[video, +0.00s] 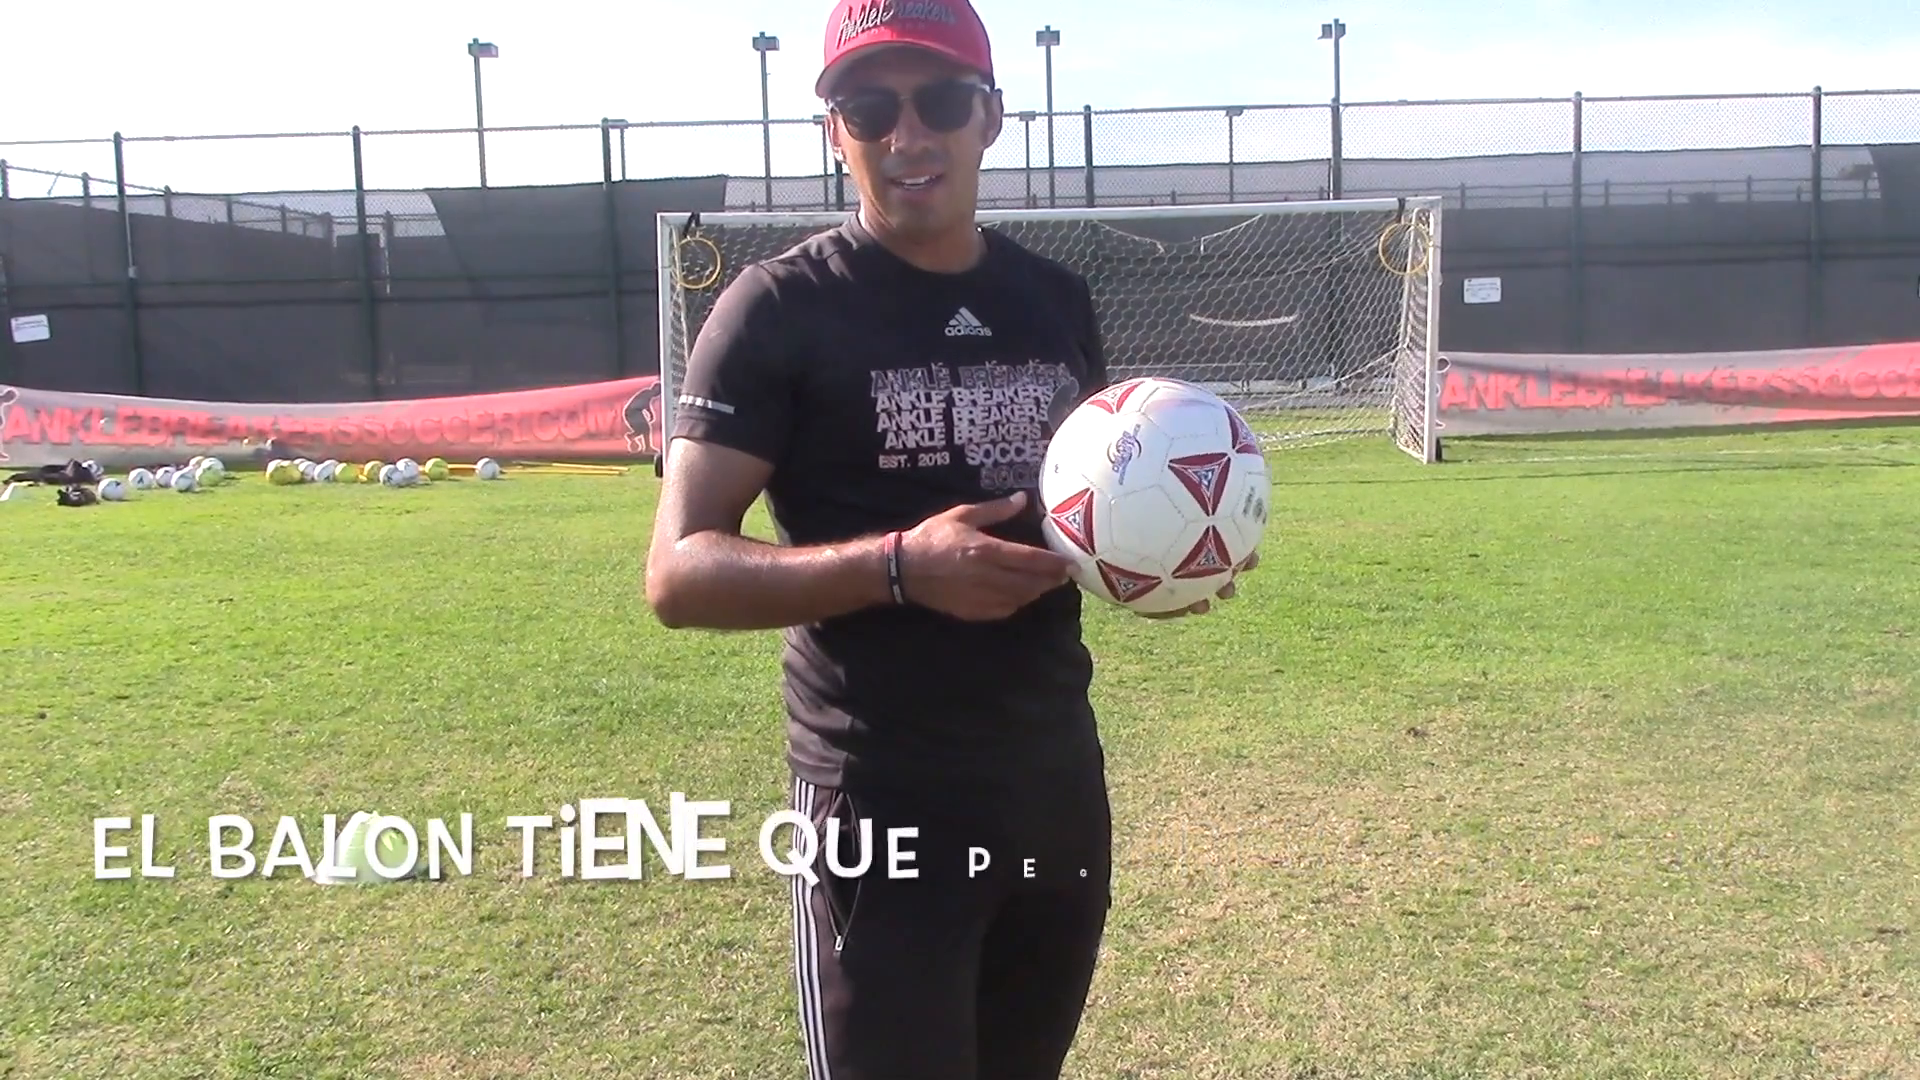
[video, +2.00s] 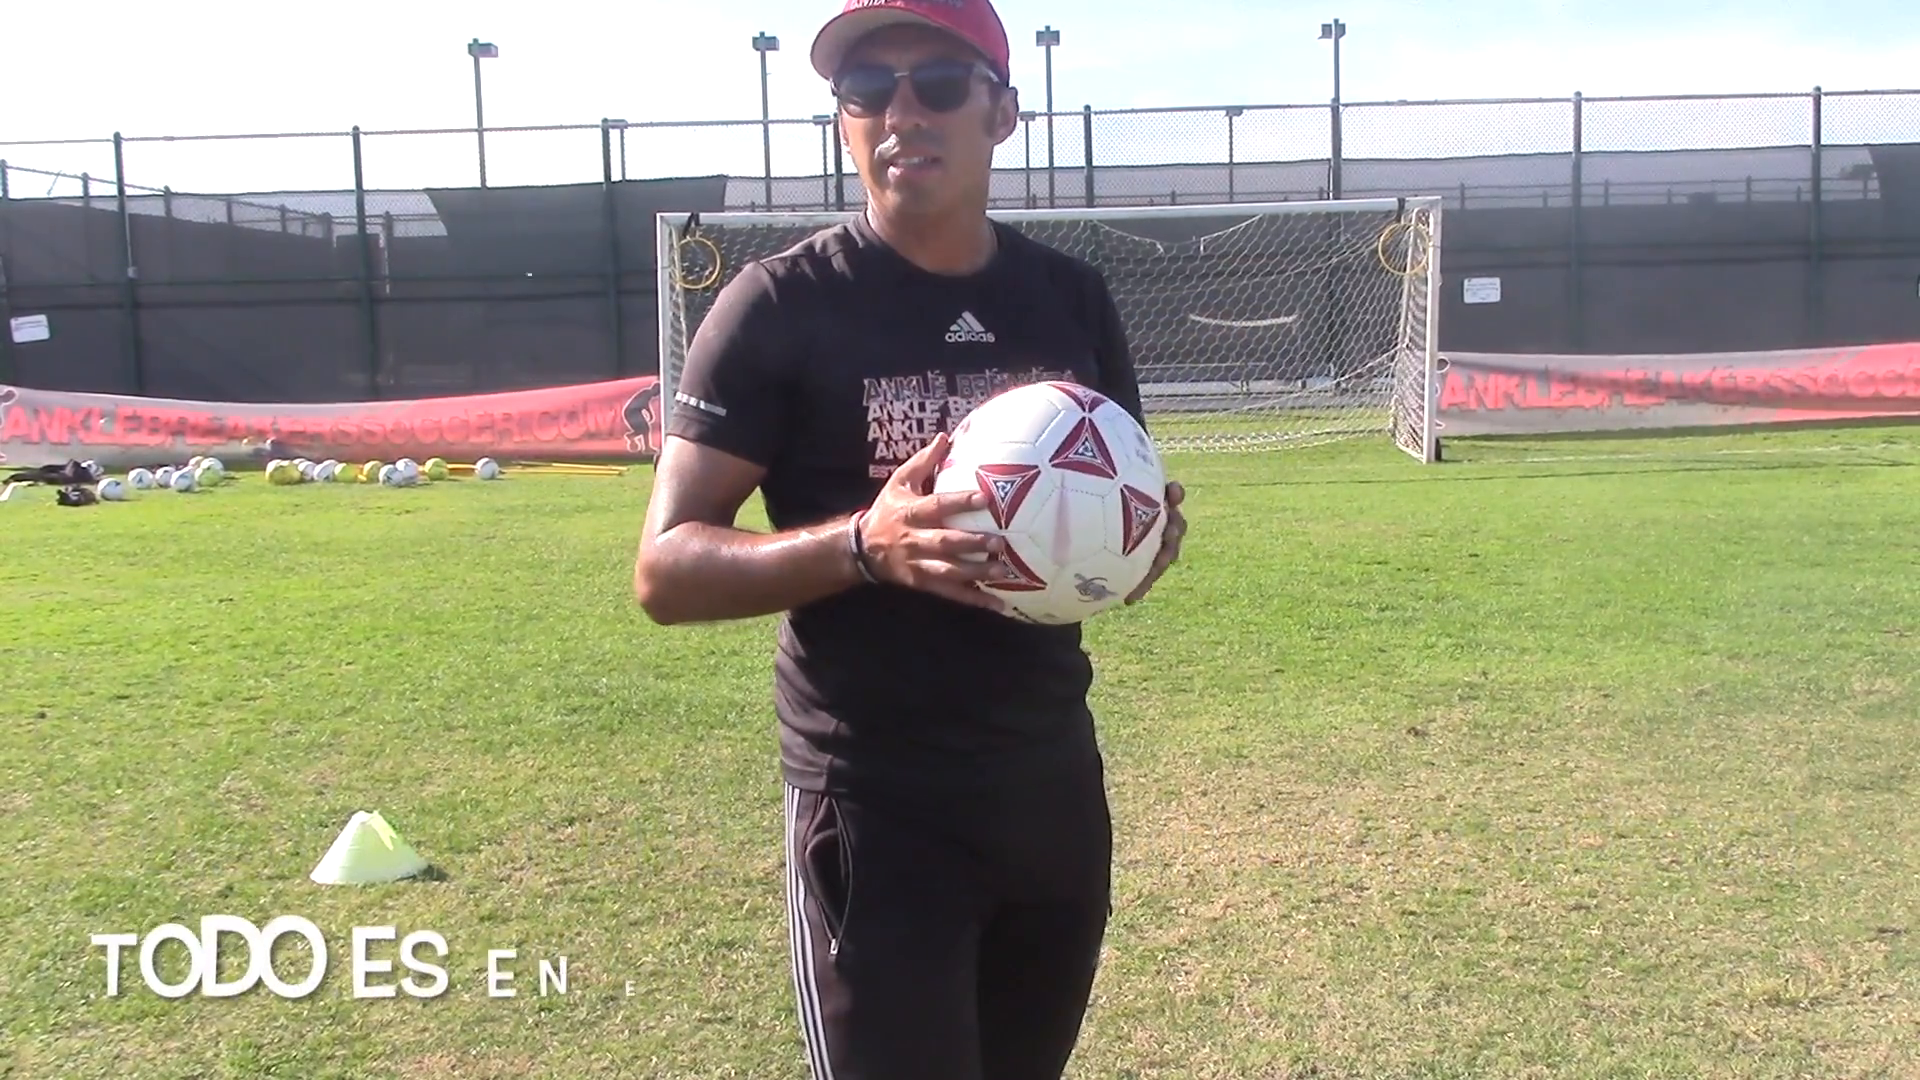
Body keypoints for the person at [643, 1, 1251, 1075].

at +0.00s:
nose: (909, 139)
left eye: (941, 104)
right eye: (874, 109)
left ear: (990, 118)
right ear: (836, 135)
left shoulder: (1053, 300)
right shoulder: (774, 309)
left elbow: (1093, 499)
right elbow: (678, 574)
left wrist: (1161, 482)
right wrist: (897, 567)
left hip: (1053, 771)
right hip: (876, 783)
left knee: (1023, 1063)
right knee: (890, 1062)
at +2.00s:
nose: (904, 116)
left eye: (940, 86)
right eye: (871, 92)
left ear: (1001, 117)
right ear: (841, 124)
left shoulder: (1070, 295)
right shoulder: (771, 309)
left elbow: (1120, 501)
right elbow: (667, 572)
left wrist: (1146, 525)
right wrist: (858, 547)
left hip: (1050, 775)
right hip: (870, 789)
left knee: (1024, 1062)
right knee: (894, 1061)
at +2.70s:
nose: (1026, 140)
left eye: (1039, 100)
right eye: (984, 104)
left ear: (1054, 105)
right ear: (878, 120)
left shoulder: (984, 277)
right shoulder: (788, 318)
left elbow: (974, 493)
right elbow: (682, 641)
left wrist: (1098, 570)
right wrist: (986, 639)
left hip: (955, 789)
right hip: (818, 822)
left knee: (973, 1062)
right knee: (885, 1070)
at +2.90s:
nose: (1066, 116)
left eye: (1056, 87)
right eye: (1037, 87)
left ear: (942, 109)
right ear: (931, 104)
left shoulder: (914, 280)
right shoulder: (859, 287)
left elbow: (924, 537)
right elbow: (801, 619)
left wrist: (1077, 573)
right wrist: (1065, 589)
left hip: (891, 784)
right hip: (828, 797)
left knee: (951, 1053)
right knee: (885, 1066)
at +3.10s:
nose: (1029, 147)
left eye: (1024, 119)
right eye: (1014, 118)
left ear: (916, 136)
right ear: (955, 132)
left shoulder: (812, 284)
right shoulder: (913, 293)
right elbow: (928, 583)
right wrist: (1097, 556)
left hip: (808, 759)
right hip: (843, 783)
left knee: (938, 1042)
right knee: (867, 1059)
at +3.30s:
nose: (999, 160)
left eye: (995, 139)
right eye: (990, 140)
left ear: (862, 167)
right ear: (964, 154)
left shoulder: (788, 296)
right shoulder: (954, 294)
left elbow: (723, 537)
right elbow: (984, 559)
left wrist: (910, 556)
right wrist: (1079, 554)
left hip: (765, 717)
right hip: (885, 745)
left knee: (881, 1055)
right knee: (999, 1059)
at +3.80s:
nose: (1063, 221)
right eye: (1063, 208)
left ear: (943, 213)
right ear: (1055, 217)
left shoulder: (853, 320)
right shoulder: (1090, 341)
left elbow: (779, 512)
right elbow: (1151, 550)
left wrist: (881, 559)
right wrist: (1095, 570)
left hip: (882, 681)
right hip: (1029, 688)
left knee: (900, 983)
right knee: (1038, 950)